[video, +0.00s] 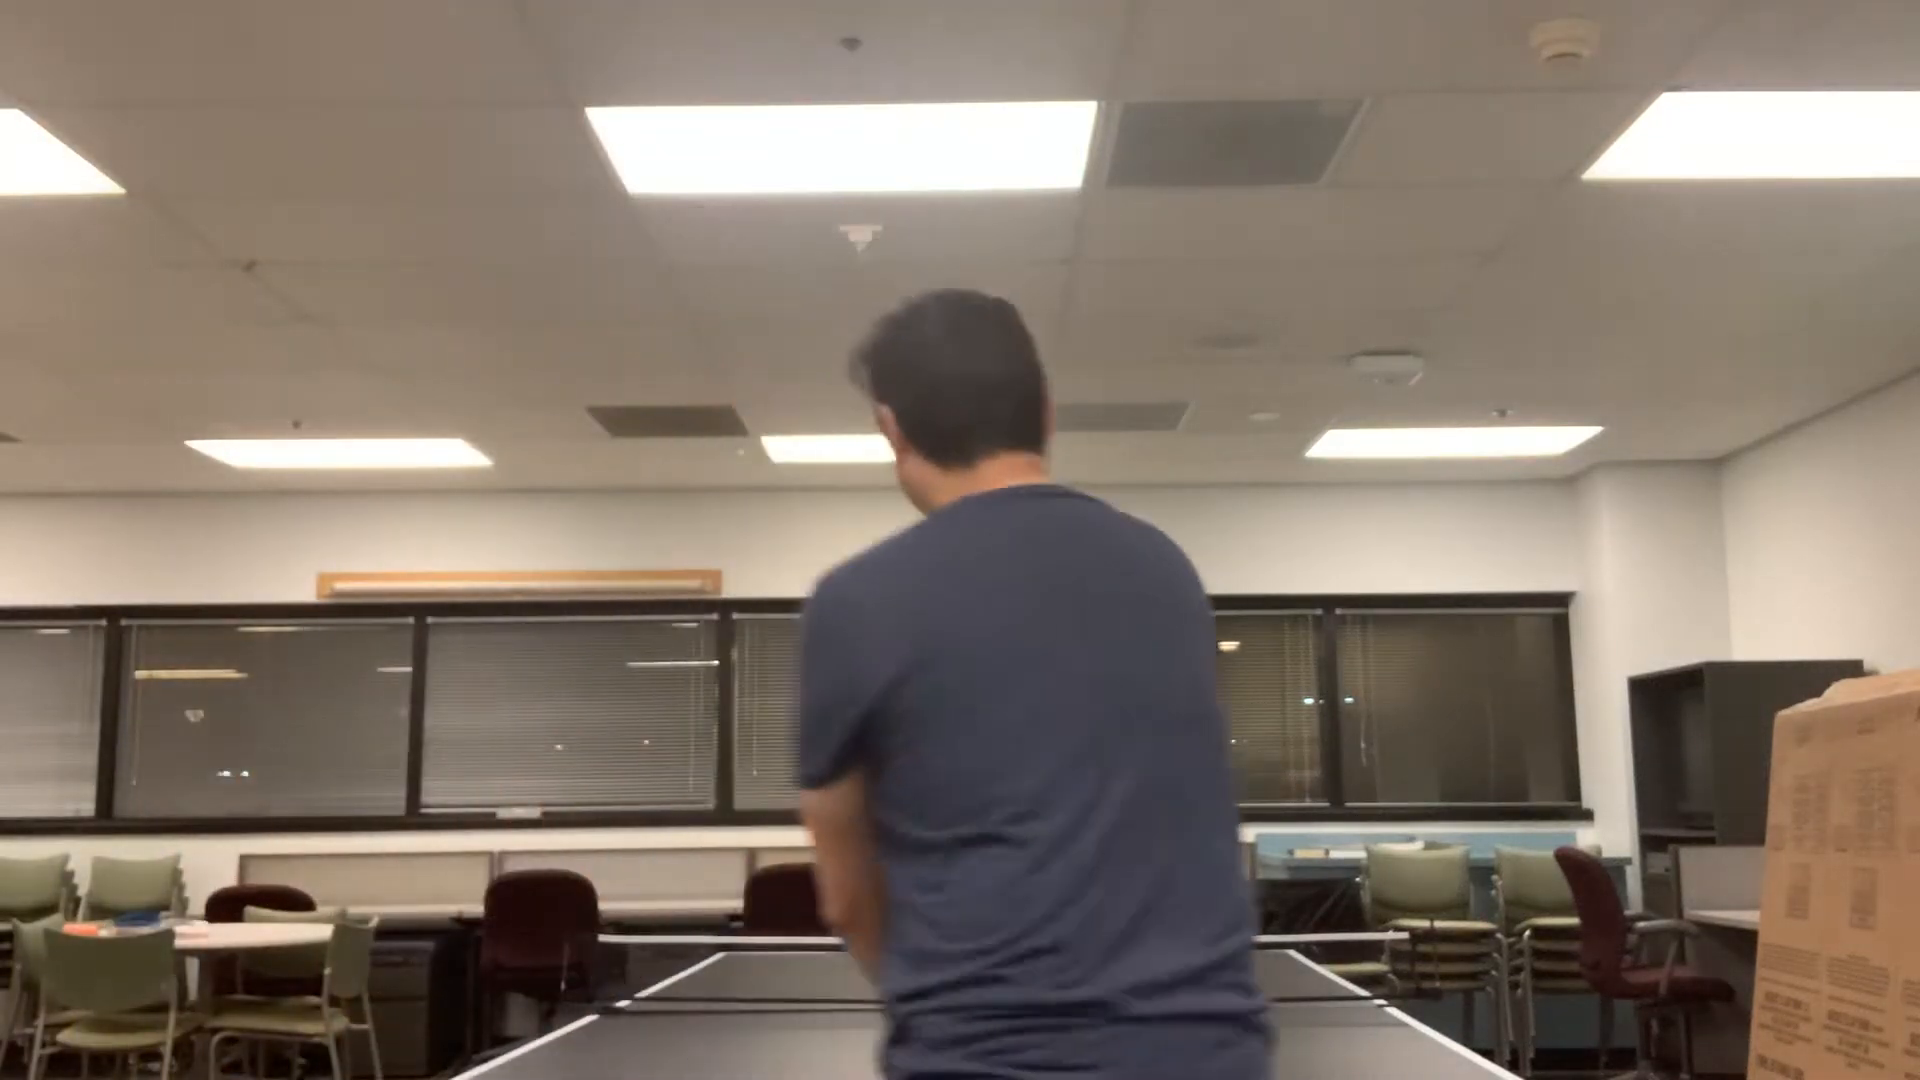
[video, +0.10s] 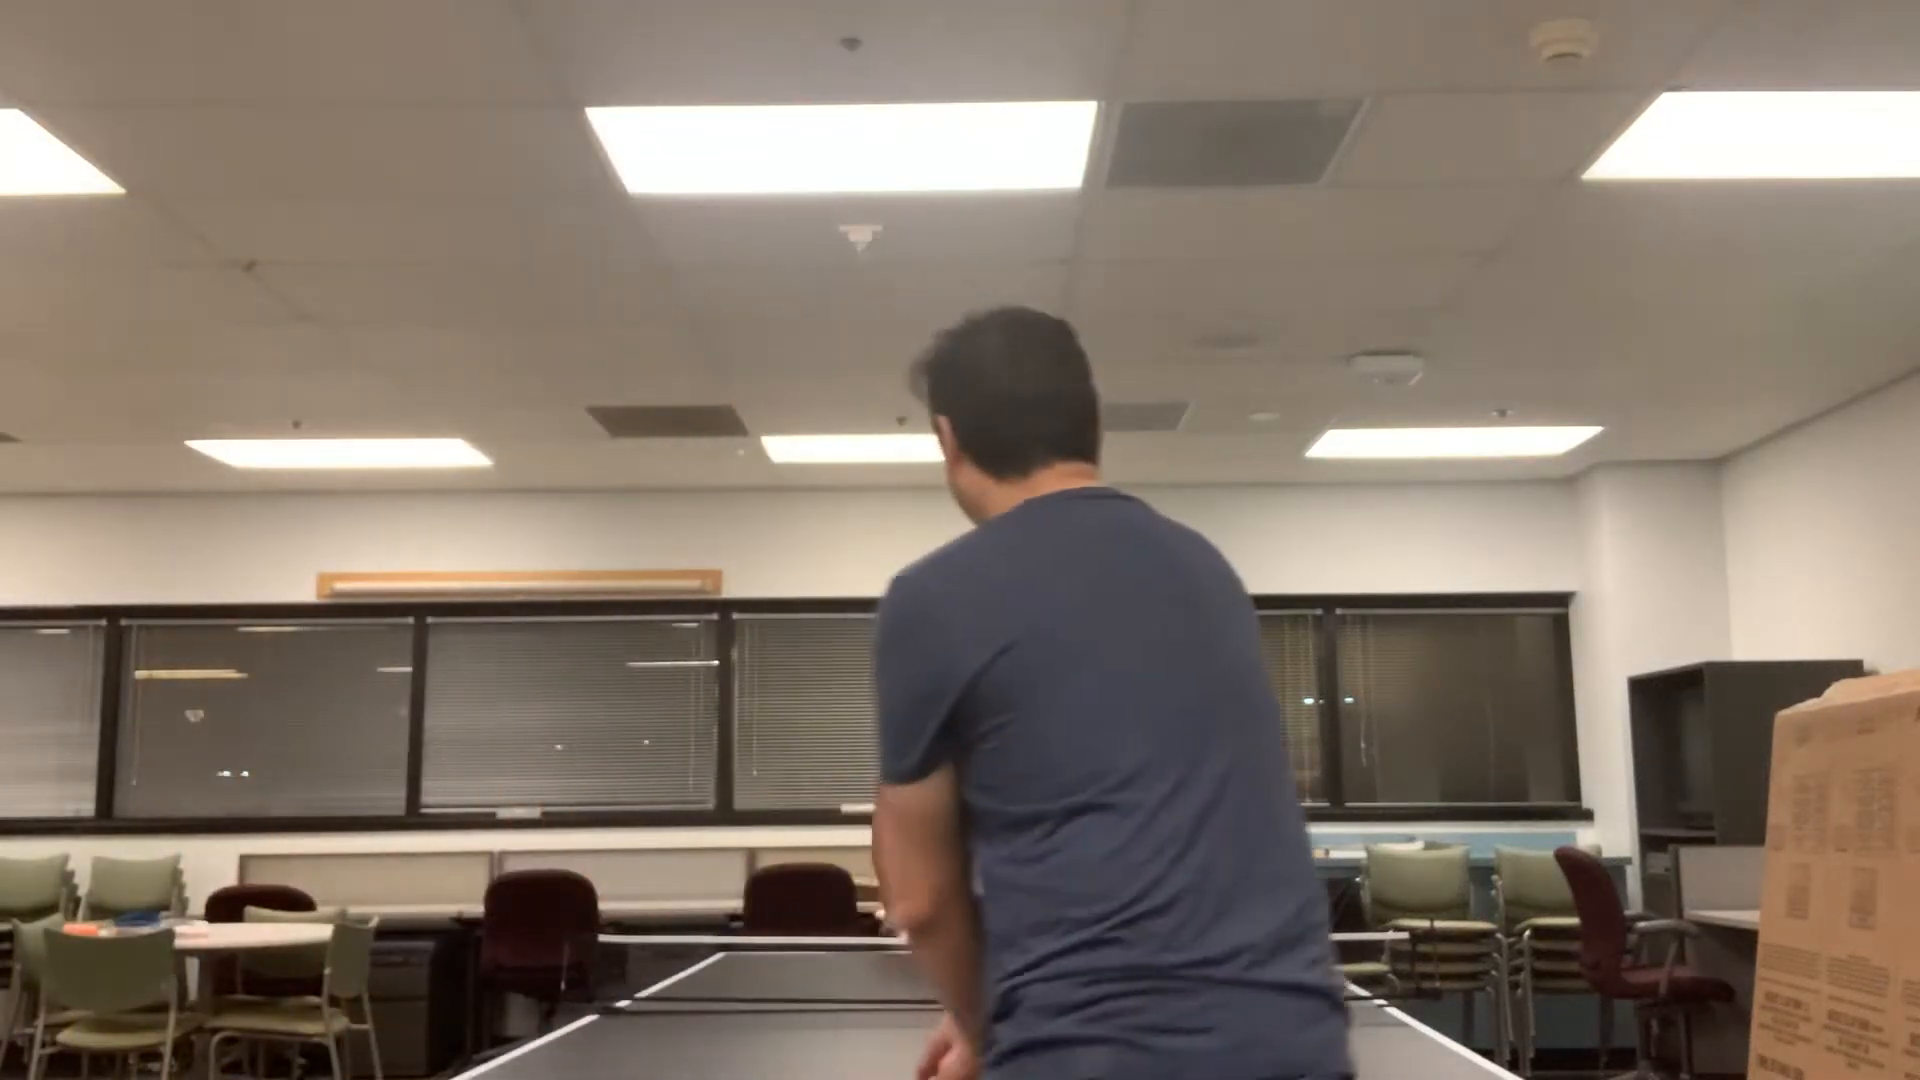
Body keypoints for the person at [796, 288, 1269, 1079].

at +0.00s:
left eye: (875, 427)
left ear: (893, 432)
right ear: (1047, 409)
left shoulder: (863, 601)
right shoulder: (1164, 566)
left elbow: (851, 902)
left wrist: (938, 1003)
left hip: (976, 1052)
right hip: (1204, 1044)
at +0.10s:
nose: (939, 454)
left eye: (934, 436)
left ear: (949, 441)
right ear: (1092, 422)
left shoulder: (940, 595)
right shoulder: (1203, 564)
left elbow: (922, 903)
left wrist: (974, 1025)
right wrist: (979, 1031)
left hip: (1082, 1048)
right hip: (1290, 1037)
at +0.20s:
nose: (982, 459)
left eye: (977, 441)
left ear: (990, 443)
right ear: (1132, 426)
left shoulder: (982, 584)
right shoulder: (1235, 557)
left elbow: (976, 894)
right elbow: (1135, 836)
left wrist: (1015, 1045)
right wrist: (1006, 1013)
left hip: (1157, 1035)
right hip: (1350, 1021)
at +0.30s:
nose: (1014, 462)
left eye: (1011, 443)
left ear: (1024, 444)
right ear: (1167, 431)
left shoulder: (1016, 578)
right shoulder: (1265, 560)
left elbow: (1005, 882)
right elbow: (1204, 858)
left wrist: (1034, 1056)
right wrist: (1026, 1009)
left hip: (1200, 1032)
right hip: (1389, 1025)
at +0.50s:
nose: (1057, 464)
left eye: (1053, 446)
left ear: (1068, 444)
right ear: (1209, 434)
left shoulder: (1050, 582)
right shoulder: (1313, 565)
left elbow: (1024, 883)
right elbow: (1250, 842)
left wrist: (1038, 1052)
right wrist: (1083, 991)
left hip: (1257, 1036)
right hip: (1439, 1026)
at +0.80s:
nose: (1110, 405)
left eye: (1108, 385)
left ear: (1123, 384)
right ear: (1283, 384)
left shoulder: (1080, 554)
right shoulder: (1417, 569)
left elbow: (988, 878)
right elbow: (1462, 843)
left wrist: (1028, 967)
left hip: (1224, 1048)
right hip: (1453, 1046)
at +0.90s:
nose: (1120, 375)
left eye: (1118, 354)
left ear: (1134, 356)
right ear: (1303, 358)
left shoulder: (1076, 537)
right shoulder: (1452, 558)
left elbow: (979, 873)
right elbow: (1509, 865)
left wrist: (1045, 945)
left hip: (1213, 1046)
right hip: (1461, 1049)